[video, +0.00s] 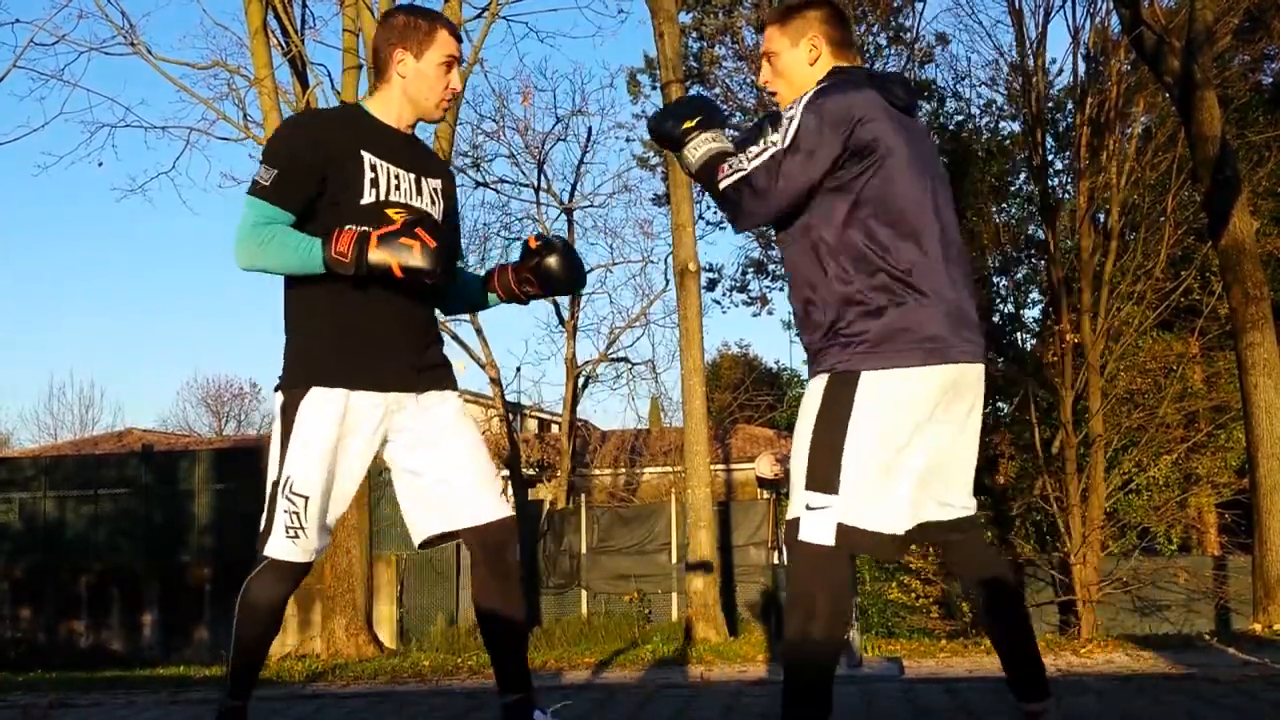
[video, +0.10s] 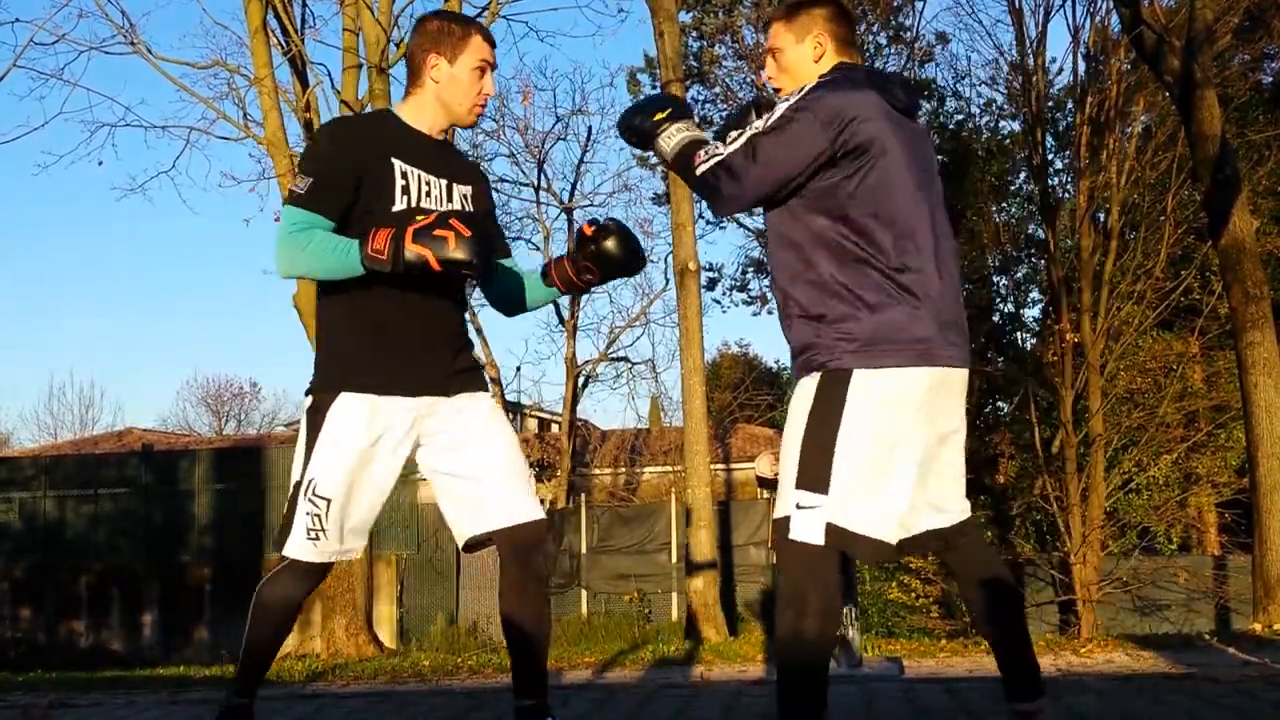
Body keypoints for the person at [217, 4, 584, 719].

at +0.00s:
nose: (457, 82)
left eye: (459, 68)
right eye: (448, 65)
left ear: (412, 68)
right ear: (400, 62)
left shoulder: (435, 172)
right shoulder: (313, 133)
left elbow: (442, 289)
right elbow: (252, 243)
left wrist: (502, 284)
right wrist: (358, 251)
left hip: (423, 380)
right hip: (331, 379)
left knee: (494, 528)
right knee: (289, 551)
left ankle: (518, 706)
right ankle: (233, 709)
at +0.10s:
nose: (490, 87)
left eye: (491, 73)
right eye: (480, 70)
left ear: (447, 74)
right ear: (433, 66)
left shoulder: (468, 177)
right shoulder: (349, 139)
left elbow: (503, 292)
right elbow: (291, 251)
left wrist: (571, 272)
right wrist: (392, 247)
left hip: (455, 386)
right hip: (362, 386)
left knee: (525, 535)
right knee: (308, 555)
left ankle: (533, 710)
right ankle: (238, 705)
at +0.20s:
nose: (529, 82)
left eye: (531, 69)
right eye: (519, 65)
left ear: (487, 70)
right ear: (471, 62)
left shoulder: (508, 174)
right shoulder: (385, 136)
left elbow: (567, 270)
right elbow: (327, 243)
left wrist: (638, 256)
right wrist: (419, 245)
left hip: (490, 381)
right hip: (397, 380)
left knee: (544, 535)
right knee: (348, 547)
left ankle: (536, 708)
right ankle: (255, 694)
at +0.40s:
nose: (593, 64)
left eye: (594, 50)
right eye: (585, 46)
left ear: (553, 48)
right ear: (537, 43)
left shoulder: (570, 155)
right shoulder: (443, 110)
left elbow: (647, 224)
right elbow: (362, 212)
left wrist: (738, 248)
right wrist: (450, 223)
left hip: (528, 368)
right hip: (441, 357)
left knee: (550, 533)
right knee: (430, 525)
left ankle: (535, 709)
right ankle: (366, 698)